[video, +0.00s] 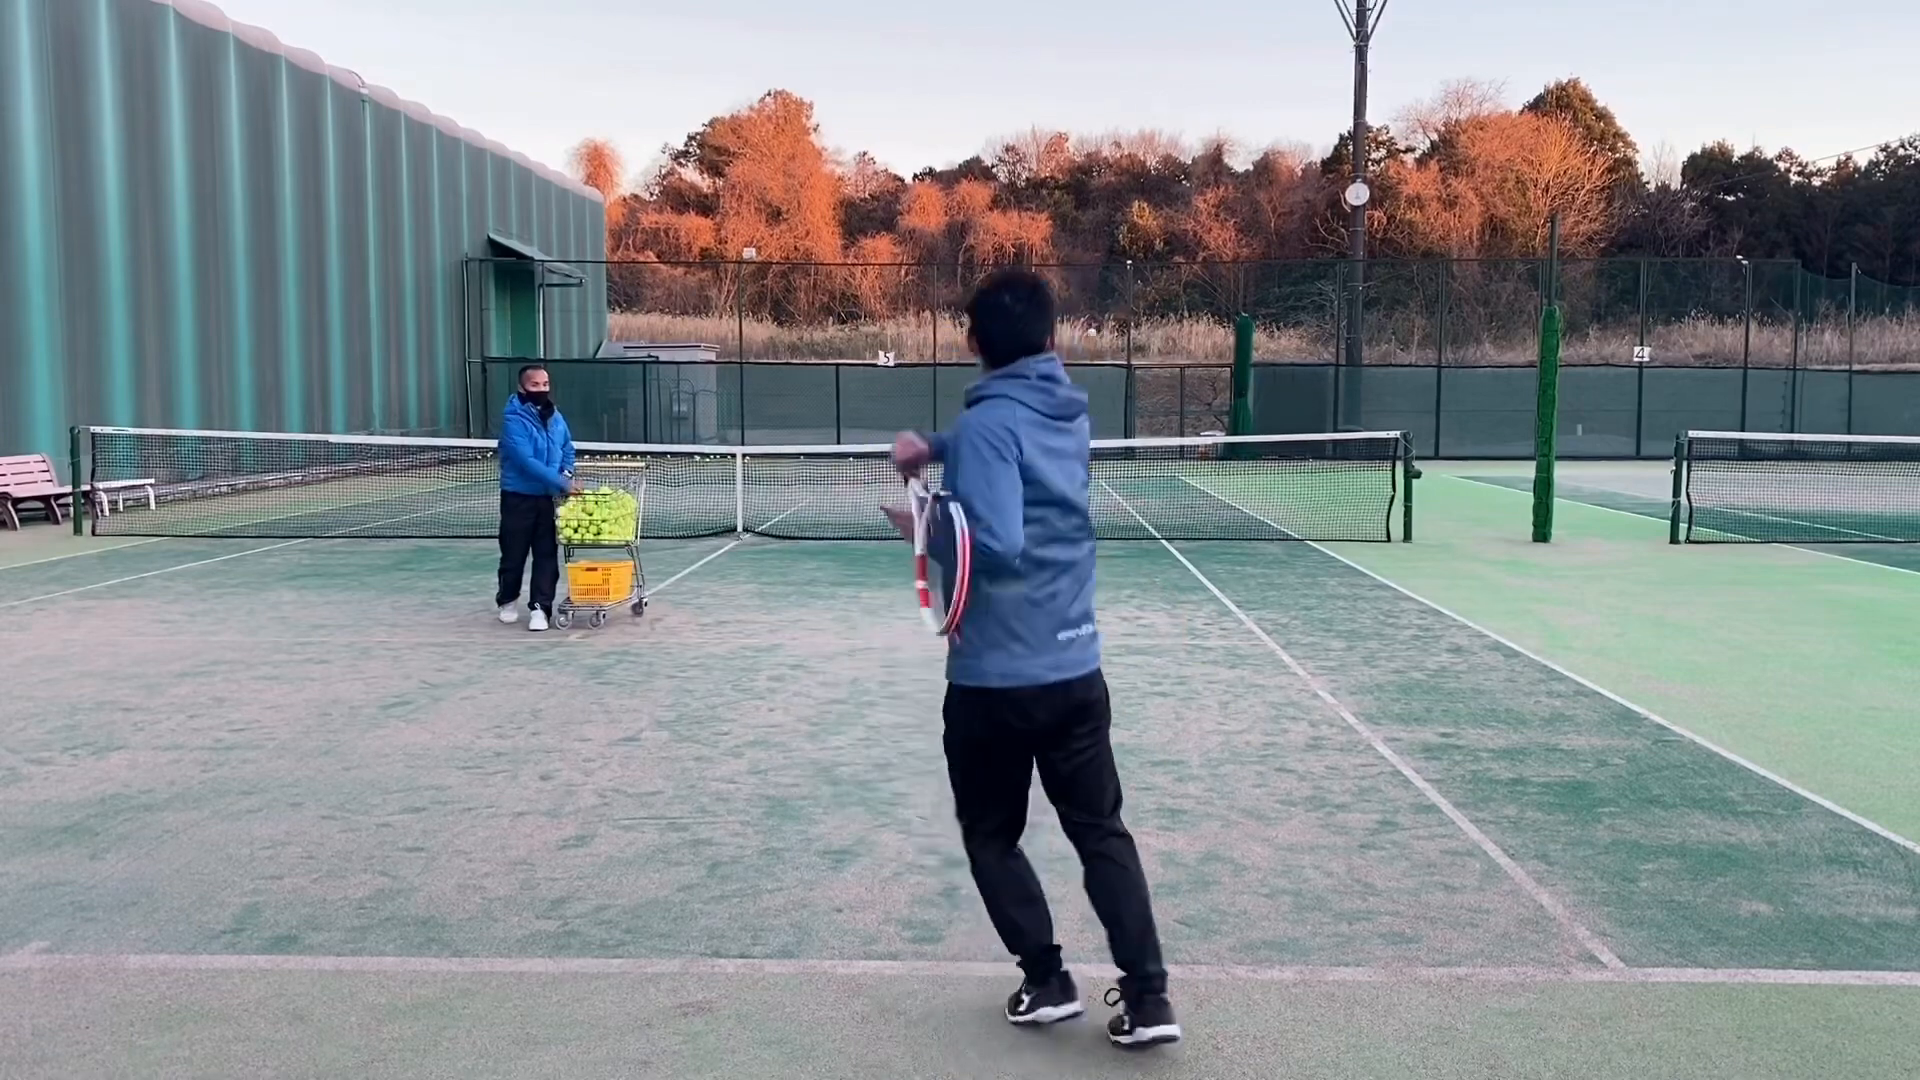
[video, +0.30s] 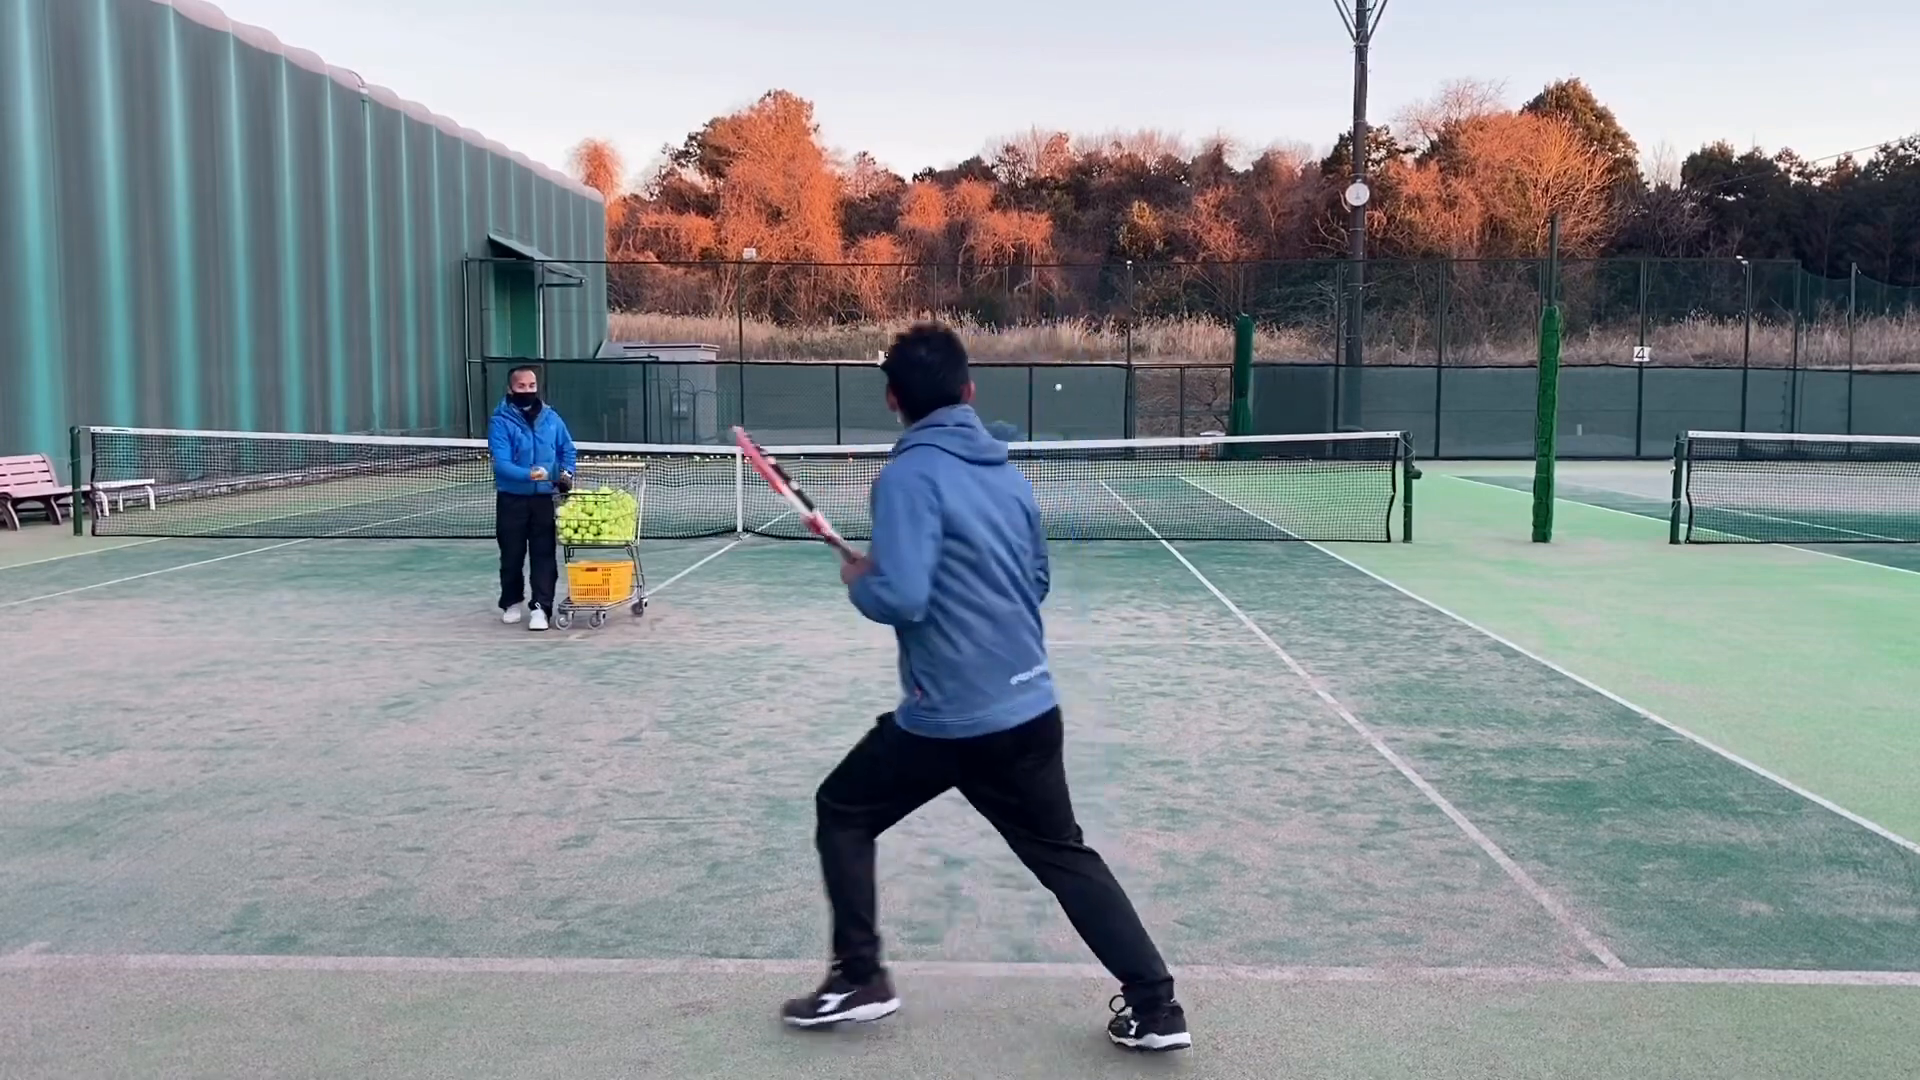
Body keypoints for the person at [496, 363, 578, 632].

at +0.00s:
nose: (542, 388)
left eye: (545, 384)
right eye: (535, 384)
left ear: (549, 385)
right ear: (522, 387)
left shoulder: (555, 416)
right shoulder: (513, 418)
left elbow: (568, 449)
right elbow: (524, 459)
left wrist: (566, 471)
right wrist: (562, 483)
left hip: (547, 494)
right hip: (517, 495)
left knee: (546, 555)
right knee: (514, 554)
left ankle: (541, 609)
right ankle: (508, 601)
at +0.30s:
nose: (527, 390)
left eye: (531, 385)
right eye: (521, 385)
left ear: (537, 387)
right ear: (511, 388)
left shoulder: (551, 417)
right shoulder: (500, 420)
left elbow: (568, 450)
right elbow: (500, 465)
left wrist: (566, 471)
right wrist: (529, 473)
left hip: (544, 497)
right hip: (512, 498)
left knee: (543, 554)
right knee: (512, 555)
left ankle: (540, 609)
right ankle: (511, 603)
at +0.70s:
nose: (509, 392)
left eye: (513, 386)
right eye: (503, 387)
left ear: (522, 387)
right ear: (496, 389)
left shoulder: (540, 415)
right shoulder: (488, 421)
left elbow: (565, 447)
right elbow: (481, 459)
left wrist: (565, 473)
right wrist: (485, 491)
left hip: (534, 494)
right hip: (502, 495)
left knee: (534, 550)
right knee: (505, 553)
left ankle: (536, 603)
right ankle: (512, 604)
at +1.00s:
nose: (497, 396)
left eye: (501, 390)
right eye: (491, 393)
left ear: (510, 389)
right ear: (485, 395)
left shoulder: (533, 416)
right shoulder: (484, 425)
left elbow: (559, 441)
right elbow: (478, 466)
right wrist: (479, 502)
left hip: (536, 492)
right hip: (499, 497)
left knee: (535, 548)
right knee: (504, 550)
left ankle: (535, 601)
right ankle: (509, 602)